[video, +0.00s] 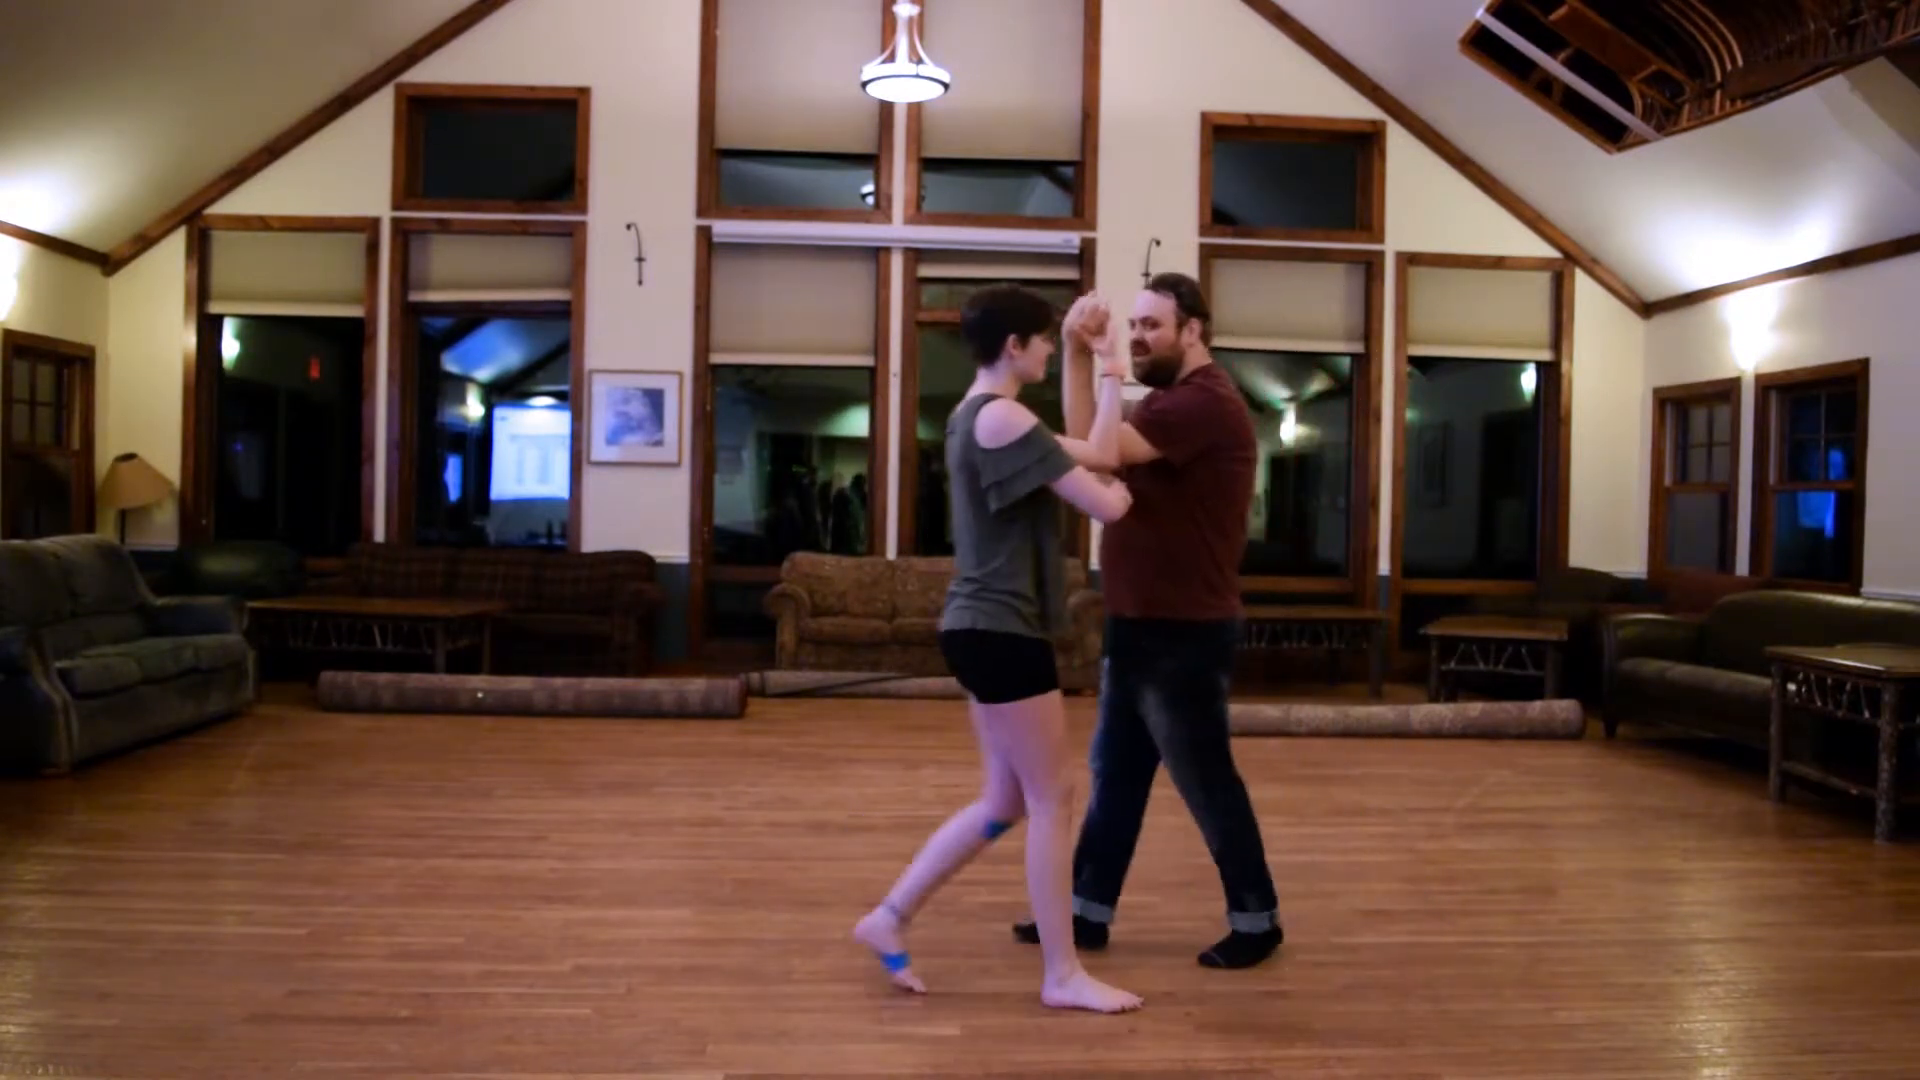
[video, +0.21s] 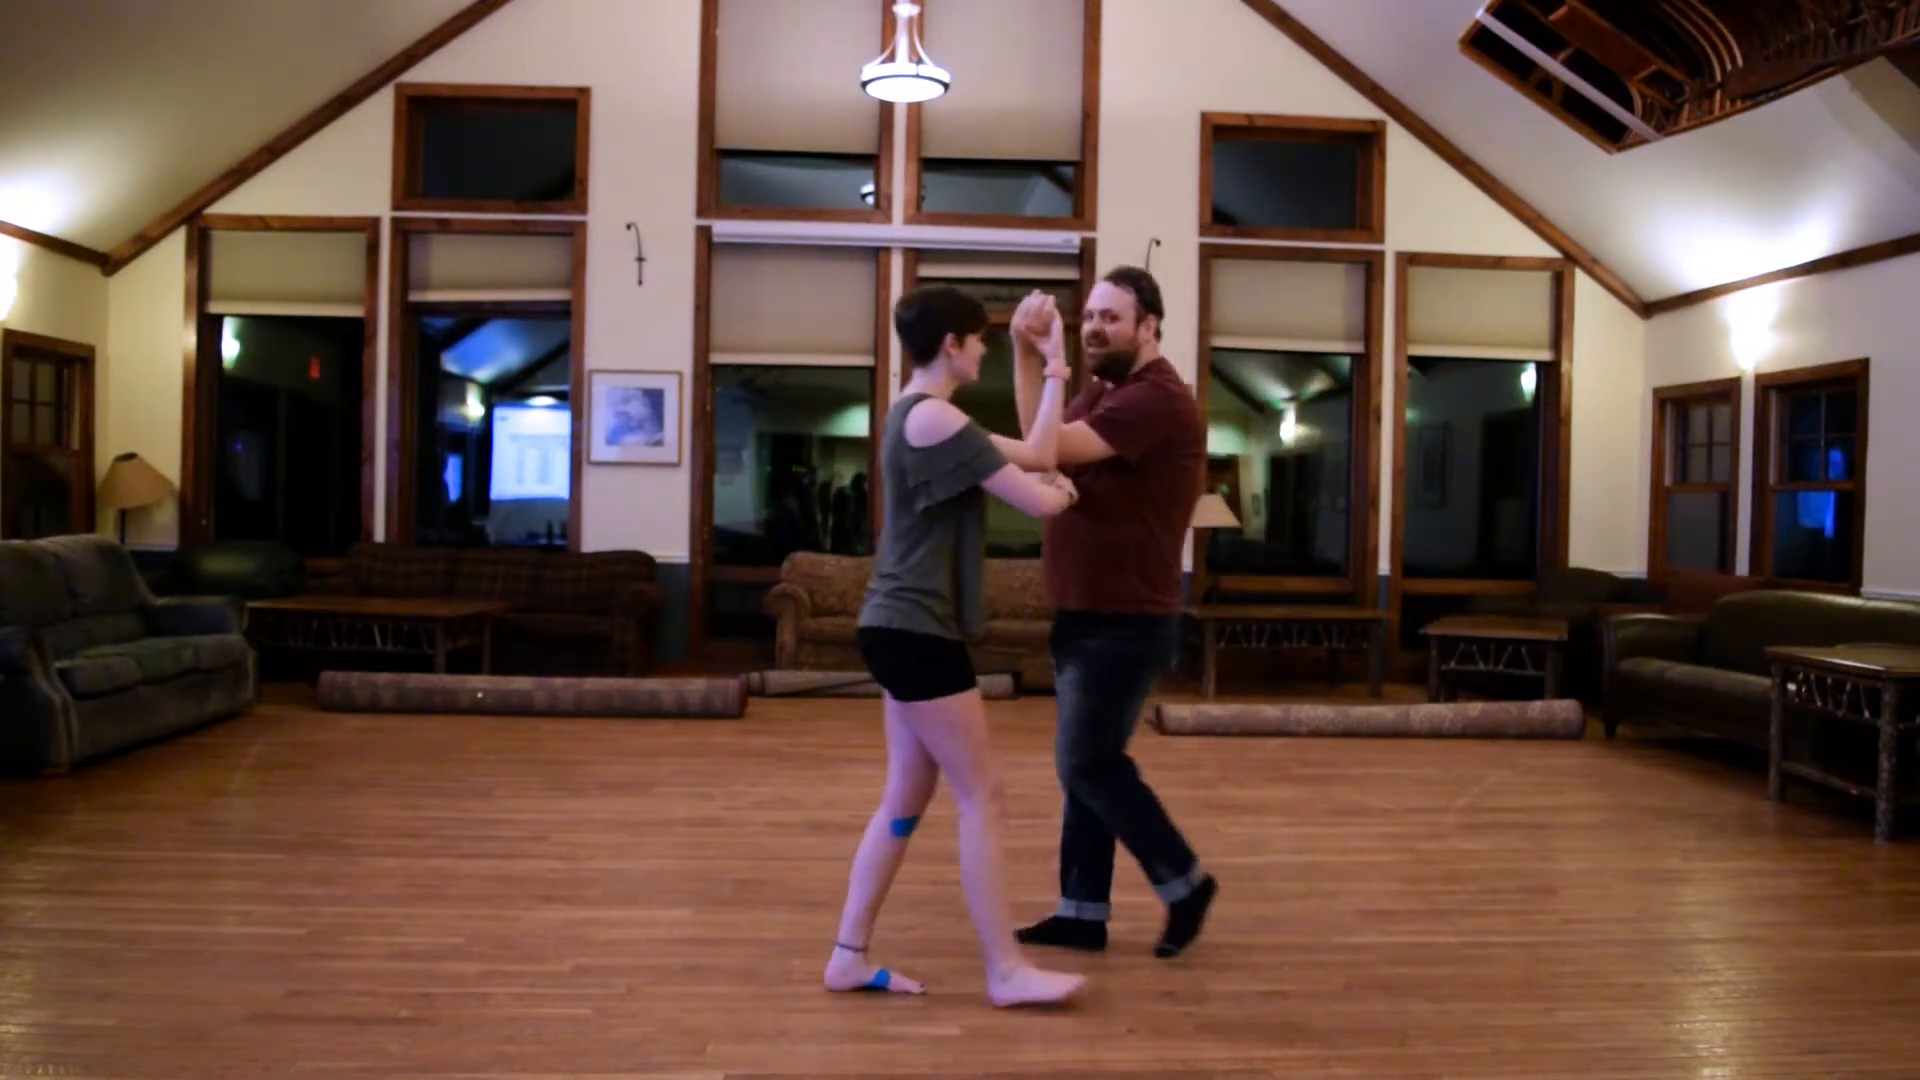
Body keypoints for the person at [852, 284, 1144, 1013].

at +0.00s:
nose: (1050, 354)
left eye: (1049, 343)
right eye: (1045, 343)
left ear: (996, 347)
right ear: (1017, 347)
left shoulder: (975, 413)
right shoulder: (1006, 421)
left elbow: (1081, 454)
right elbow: (1109, 504)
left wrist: (1109, 379)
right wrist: (1105, 466)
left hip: (976, 625)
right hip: (1005, 633)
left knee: (1001, 803)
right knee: (1054, 799)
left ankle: (888, 919)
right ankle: (1062, 975)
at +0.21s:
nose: (984, 350)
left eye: (981, 339)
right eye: (977, 339)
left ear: (927, 346)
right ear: (951, 345)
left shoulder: (917, 413)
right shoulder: (935, 420)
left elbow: (1030, 455)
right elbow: (1042, 503)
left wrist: (1056, 370)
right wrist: (1063, 487)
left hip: (896, 626)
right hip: (921, 633)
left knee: (905, 798)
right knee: (979, 793)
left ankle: (848, 956)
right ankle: (1005, 971)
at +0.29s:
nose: (958, 349)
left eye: (957, 338)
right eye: (954, 337)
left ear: (899, 342)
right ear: (929, 341)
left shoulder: (889, 409)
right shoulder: (911, 415)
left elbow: (1007, 452)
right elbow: (1019, 492)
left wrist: (1033, 371)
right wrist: (1044, 479)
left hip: (869, 620)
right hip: (891, 628)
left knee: (882, 796)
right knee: (956, 788)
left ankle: (846, 956)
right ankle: (926, 967)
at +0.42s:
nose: (920, 343)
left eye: (918, 331)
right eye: (915, 331)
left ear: (864, 337)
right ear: (891, 336)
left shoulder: (856, 402)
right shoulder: (874, 408)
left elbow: (966, 452)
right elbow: (988, 481)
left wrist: (1002, 377)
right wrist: (1016, 475)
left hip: (840, 617)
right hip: (851, 622)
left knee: (862, 796)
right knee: (897, 794)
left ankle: (846, 956)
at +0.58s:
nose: (883, 344)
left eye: (880, 332)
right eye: (876, 332)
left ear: (829, 339)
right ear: (848, 337)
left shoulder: (826, 404)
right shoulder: (831, 408)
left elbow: (911, 457)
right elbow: (959, 476)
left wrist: (970, 402)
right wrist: (996, 487)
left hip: (838, 625)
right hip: (801, 626)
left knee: (854, 788)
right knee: (805, 802)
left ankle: (843, 958)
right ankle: (712, 954)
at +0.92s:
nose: (817, 352)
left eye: (820, 339)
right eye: (806, 338)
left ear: (806, 342)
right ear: (764, 337)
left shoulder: (803, 417)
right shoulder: (746, 402)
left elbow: (873, 468)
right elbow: (846, 409)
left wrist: (908, 379)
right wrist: (922, 394)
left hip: (794, 621)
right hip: (728, 620)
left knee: (807, 787)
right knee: (728, 795)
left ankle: (816, 956)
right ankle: (701, 965)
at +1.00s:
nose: (786, 354)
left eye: (792, 343)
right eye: (779, 343)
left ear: (778, 341)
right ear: (762, 342)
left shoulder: (810, 423)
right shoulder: (730, 403)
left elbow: (876, 439)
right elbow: (787, 353)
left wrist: (886, 360)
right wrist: (882, 329)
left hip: (796, 619)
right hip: (727, 616)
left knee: (793, 788)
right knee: (729, 794)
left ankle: (805, 960)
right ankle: (701, 965)